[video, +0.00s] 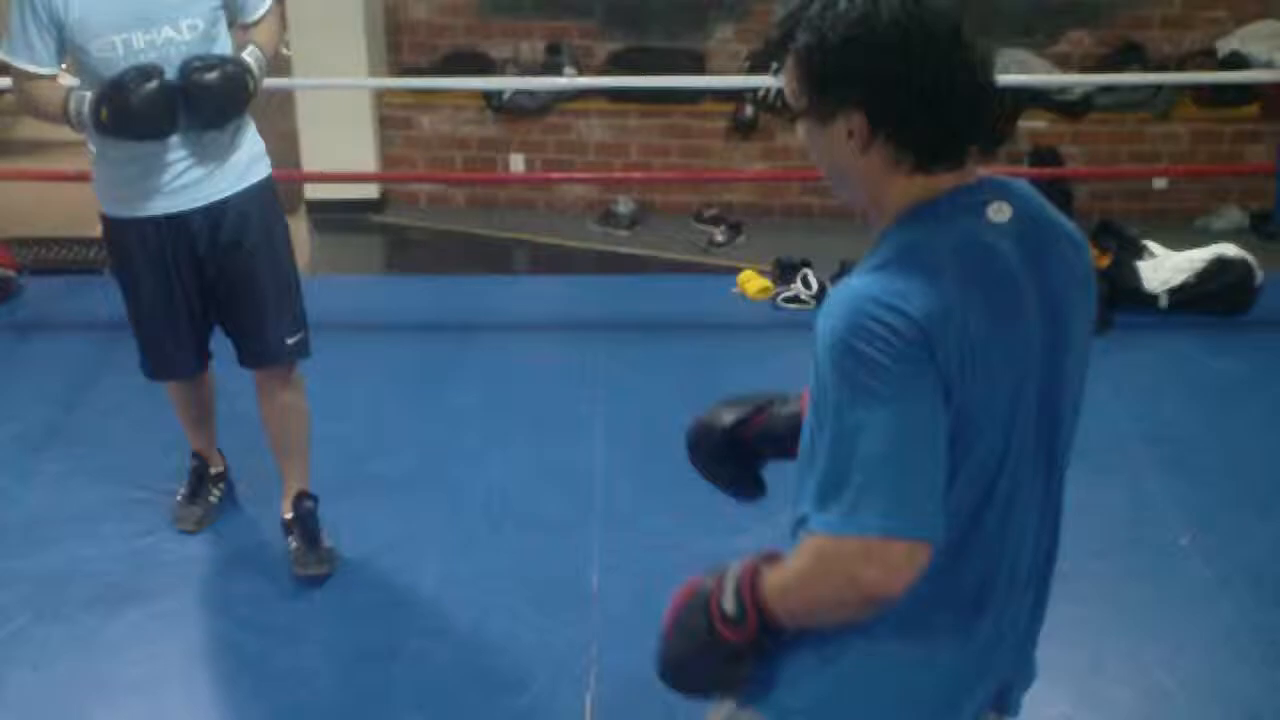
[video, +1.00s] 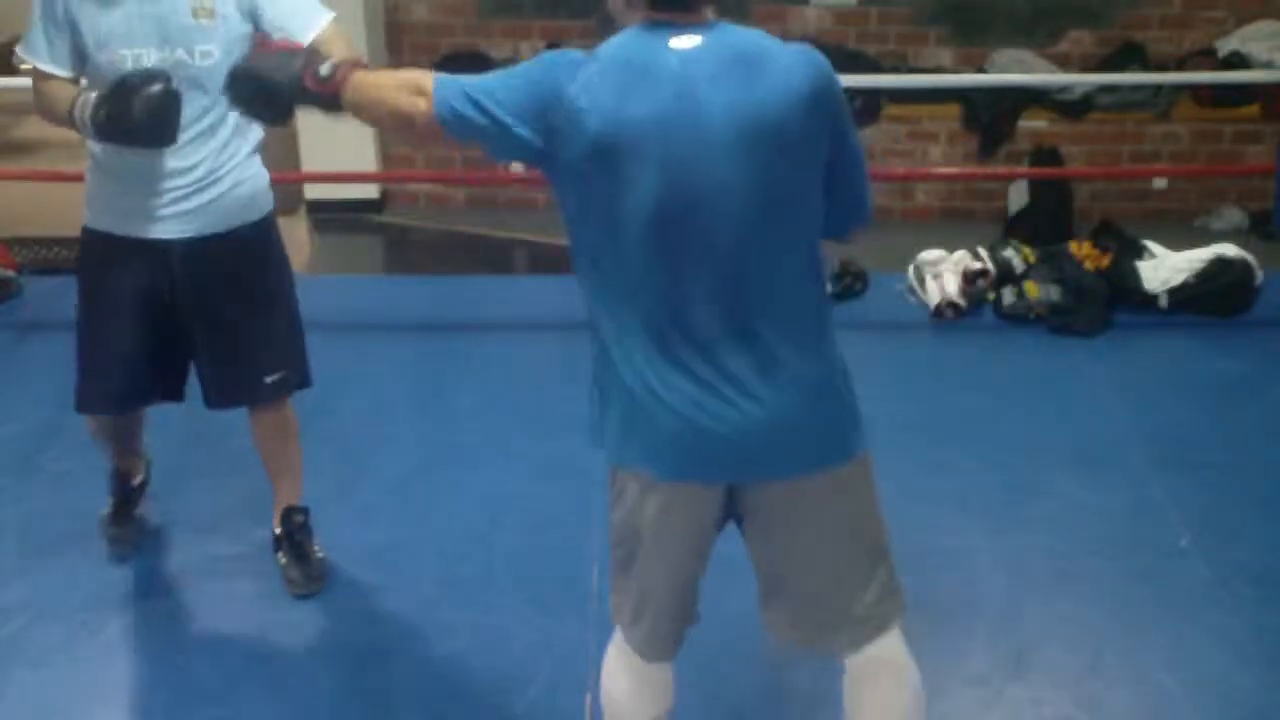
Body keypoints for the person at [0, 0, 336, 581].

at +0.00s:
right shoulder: (39, 4)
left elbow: (265, 17)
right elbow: (31, 84)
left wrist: (248, 68)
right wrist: (94, 109)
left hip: (235, 181)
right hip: (138, 202)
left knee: (276, 354)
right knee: (177, 356)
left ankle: (299, 506)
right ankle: (207, 468)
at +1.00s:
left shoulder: (251, 2)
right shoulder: (66, 3)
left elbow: (338, 52)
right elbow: (48, 89)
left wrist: (298, 77)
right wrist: (97, 110)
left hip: (231, 216)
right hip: (121, 221)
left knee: (267, 384)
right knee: (108, 399)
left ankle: (292, 523)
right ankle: (128, 474)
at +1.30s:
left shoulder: (163, 5)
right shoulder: (12, 23)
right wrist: (8, 146)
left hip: (179, 224)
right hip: (67, 241)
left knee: (239, 388)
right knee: (66, 403)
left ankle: (288, 522)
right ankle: (63, 530)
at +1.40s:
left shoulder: (136, 3)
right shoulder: (2, 28)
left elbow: (180, 39)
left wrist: (187, 107)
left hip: (151, 224)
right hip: (39, 242)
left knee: (224, 387)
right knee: (52, 408)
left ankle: (284, 520)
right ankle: (61, 531)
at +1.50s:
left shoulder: (116, 4)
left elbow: (148, 46)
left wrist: (161, 103)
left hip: (134, 224)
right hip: (26, 249)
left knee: (217, 383)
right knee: (44, 415)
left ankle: (259, 518)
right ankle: (61, 532)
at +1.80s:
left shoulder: (77, 5)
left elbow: (104, 58)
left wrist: (119, 102)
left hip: (104, 216)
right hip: (13, 244)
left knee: (181, 374)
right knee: (34, 412)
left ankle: (194, 512)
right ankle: (58, 532)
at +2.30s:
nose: (104, 6)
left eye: (111, 3)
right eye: (94, 4)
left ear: (116, 0)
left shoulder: (125, 13)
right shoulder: (10, 23)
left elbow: (134, 88)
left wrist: (128, 134)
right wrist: (6, 167)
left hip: (70, 226)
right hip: (3, 235)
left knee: (139, 377)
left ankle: (191, 519)